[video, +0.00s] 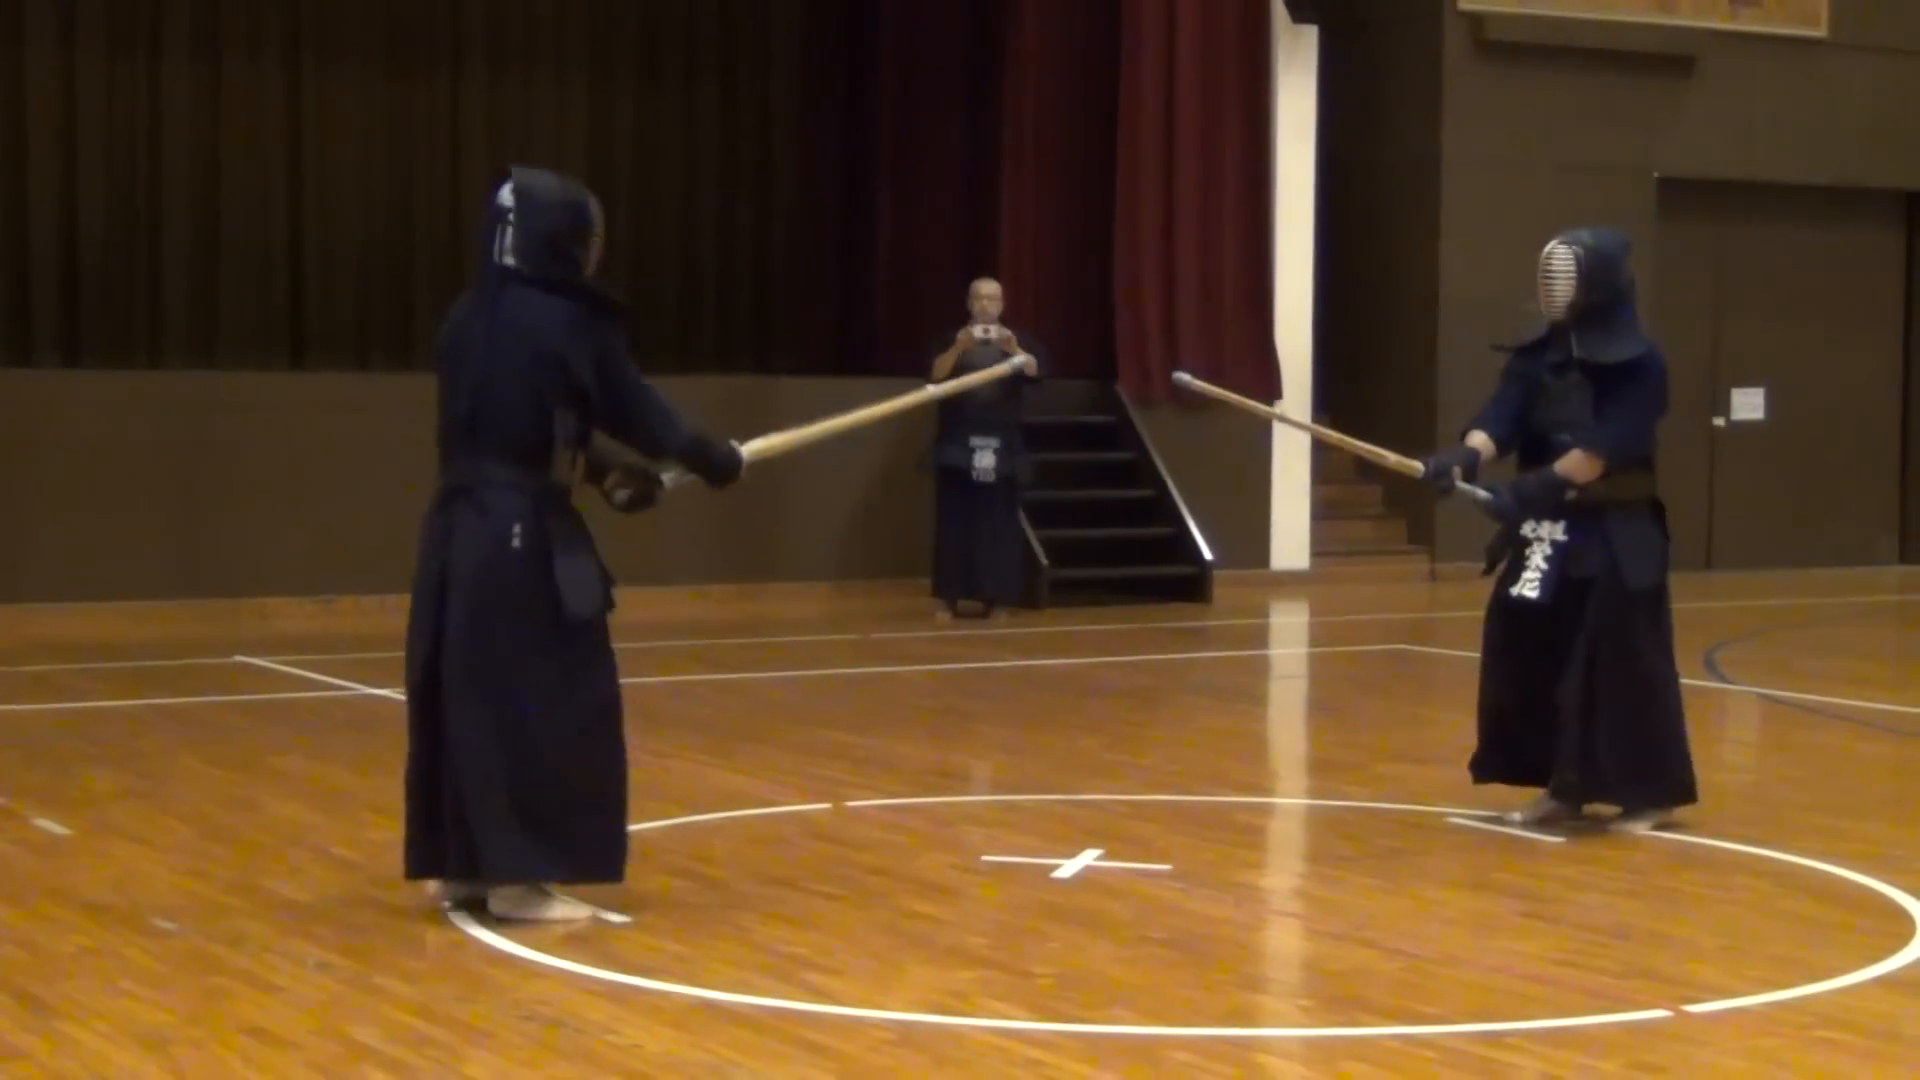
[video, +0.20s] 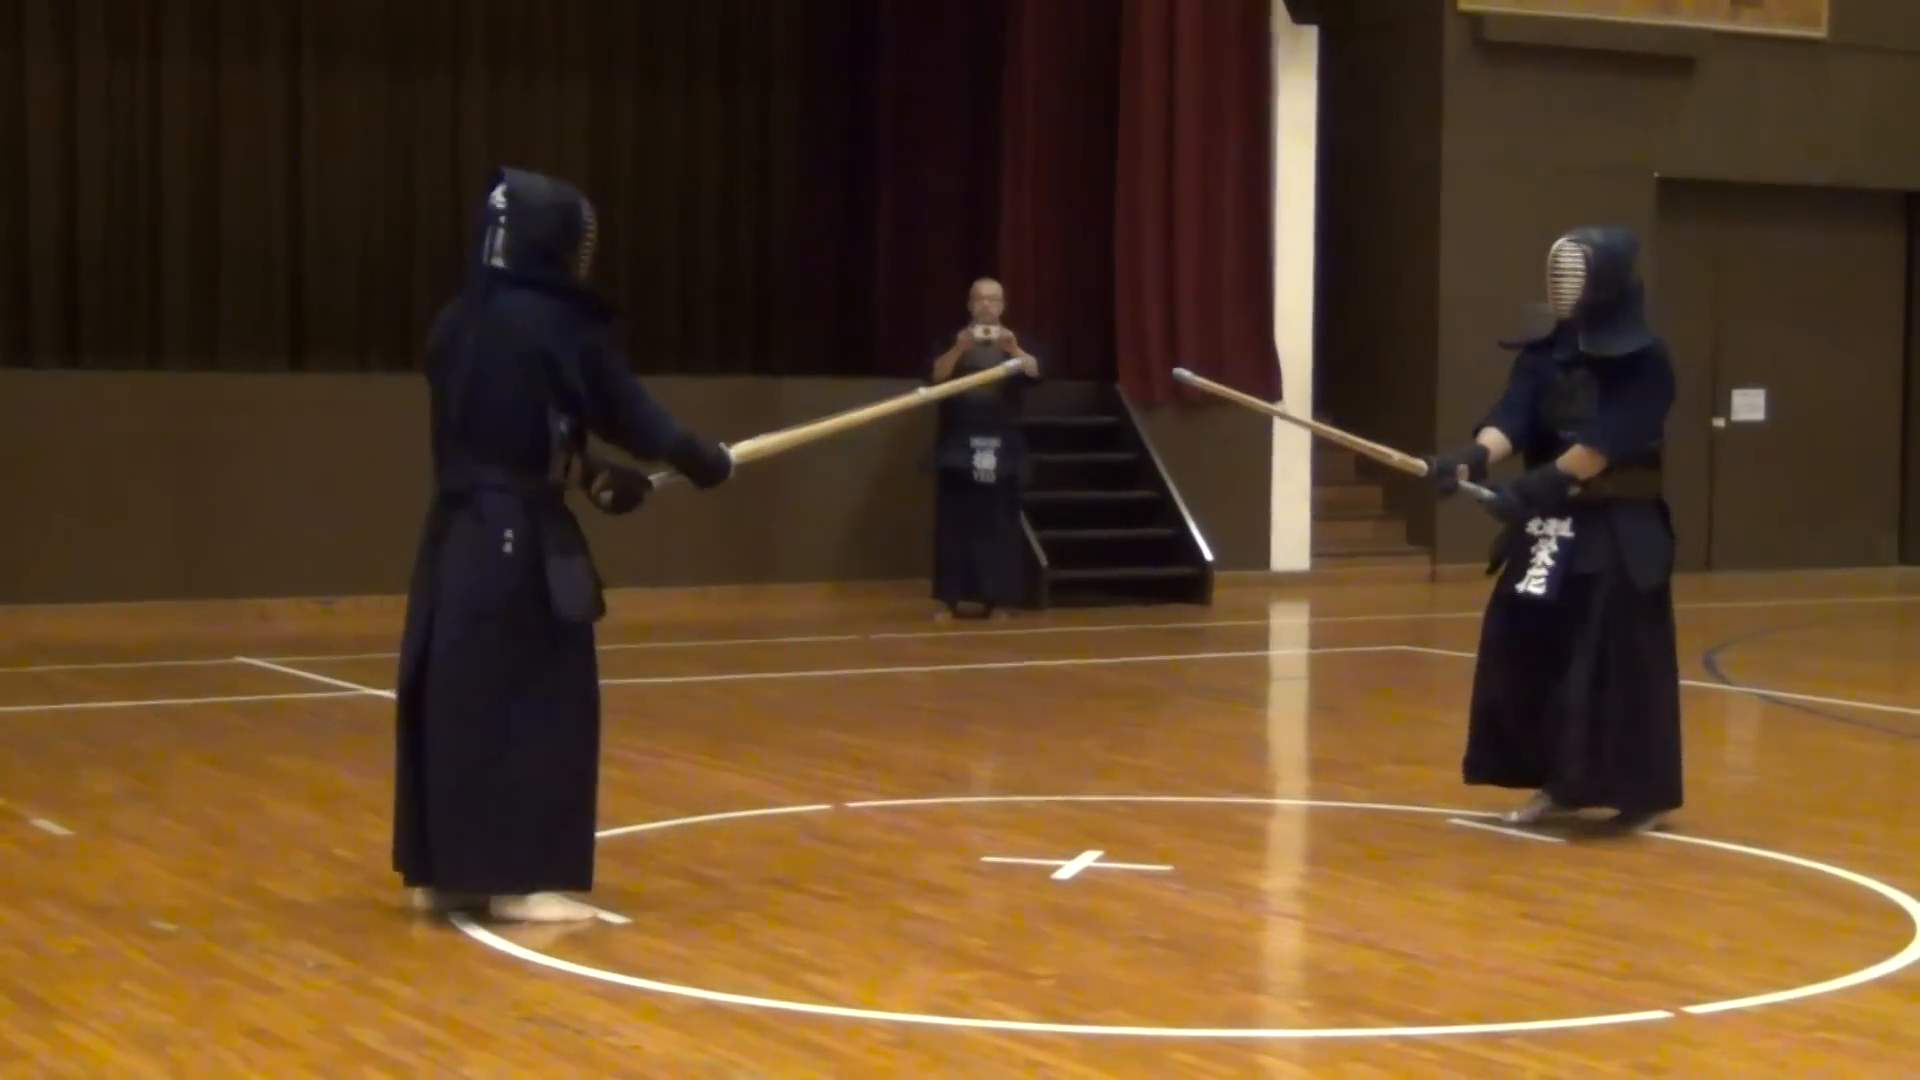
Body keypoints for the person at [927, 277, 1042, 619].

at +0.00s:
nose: (986, 305)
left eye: (992, 299)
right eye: (979, 299)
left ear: (1002, 303)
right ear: (969, 303)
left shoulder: (1015, 342)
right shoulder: (954, 340)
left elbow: (1035, 371)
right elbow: (936, 376)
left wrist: (1012, 348)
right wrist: (959, 347)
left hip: (1001, 440)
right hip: (958, 439)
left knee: (998, 517)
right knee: (954, 516)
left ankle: (997, 599)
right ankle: (947, 596)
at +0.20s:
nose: (987, 306)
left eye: (993, 300)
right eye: (981, 300)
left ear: (1003, 304)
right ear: (970, 304)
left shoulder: (1013, 343)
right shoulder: (956, 342)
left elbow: (1035, 371)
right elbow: (935, 376)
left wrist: (1011, 347)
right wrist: (960, 347)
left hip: (1000, 439)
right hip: (959, 438)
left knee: (999, 516)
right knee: (954, 516)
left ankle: (999, 599)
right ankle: (949, 598)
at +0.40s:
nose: (985, 307)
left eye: (992, 301)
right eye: (979, 301)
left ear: (1002, 306)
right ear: (969, 305)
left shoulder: (1012, 343)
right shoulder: (955, 343)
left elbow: (1034, 371)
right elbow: (934, 378)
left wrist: (1009, 349)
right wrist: (959, 348)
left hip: (999, 441)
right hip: (958, 439)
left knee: (997, 517)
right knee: (953, 517)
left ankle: (997, 600)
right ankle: (945, 597)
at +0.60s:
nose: (979, 308)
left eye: (986, 302)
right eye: (973, 302)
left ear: (997, 307)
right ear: (963, 306)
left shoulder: (1007, 348)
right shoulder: (947, 344)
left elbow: (1027, 376)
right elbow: (930, 375)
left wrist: (1002, 348)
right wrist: (954, 349)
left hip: (993, 441)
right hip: (952, 440)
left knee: (990, 516)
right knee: (950, 516)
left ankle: (989, 598)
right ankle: (947, 596)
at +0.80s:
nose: (975, 310)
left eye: (981, 304)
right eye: (969, 303)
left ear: (991, 309)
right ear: (958, 308)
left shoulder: (1001, 347)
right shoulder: (944, 345)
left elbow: (1026, 379)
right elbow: (924, 380)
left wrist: (1001, 353)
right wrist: (948, 352)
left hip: (989, 443)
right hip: (948, 442)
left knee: (986, 519)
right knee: (945, 519)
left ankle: (983, 600)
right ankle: (941, 598)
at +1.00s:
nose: (965, 311)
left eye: (972, 305)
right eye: (959, 304)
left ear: (982, 309)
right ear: (949, 308)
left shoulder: (995, 347)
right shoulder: (934, 345)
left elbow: (1019, 376)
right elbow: (916, 380)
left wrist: (990, 352)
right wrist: (940, 352)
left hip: (980, 444)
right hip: (938, 443)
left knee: (977, 521)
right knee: (935, 520)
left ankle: (976, 601)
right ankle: (930, 599)